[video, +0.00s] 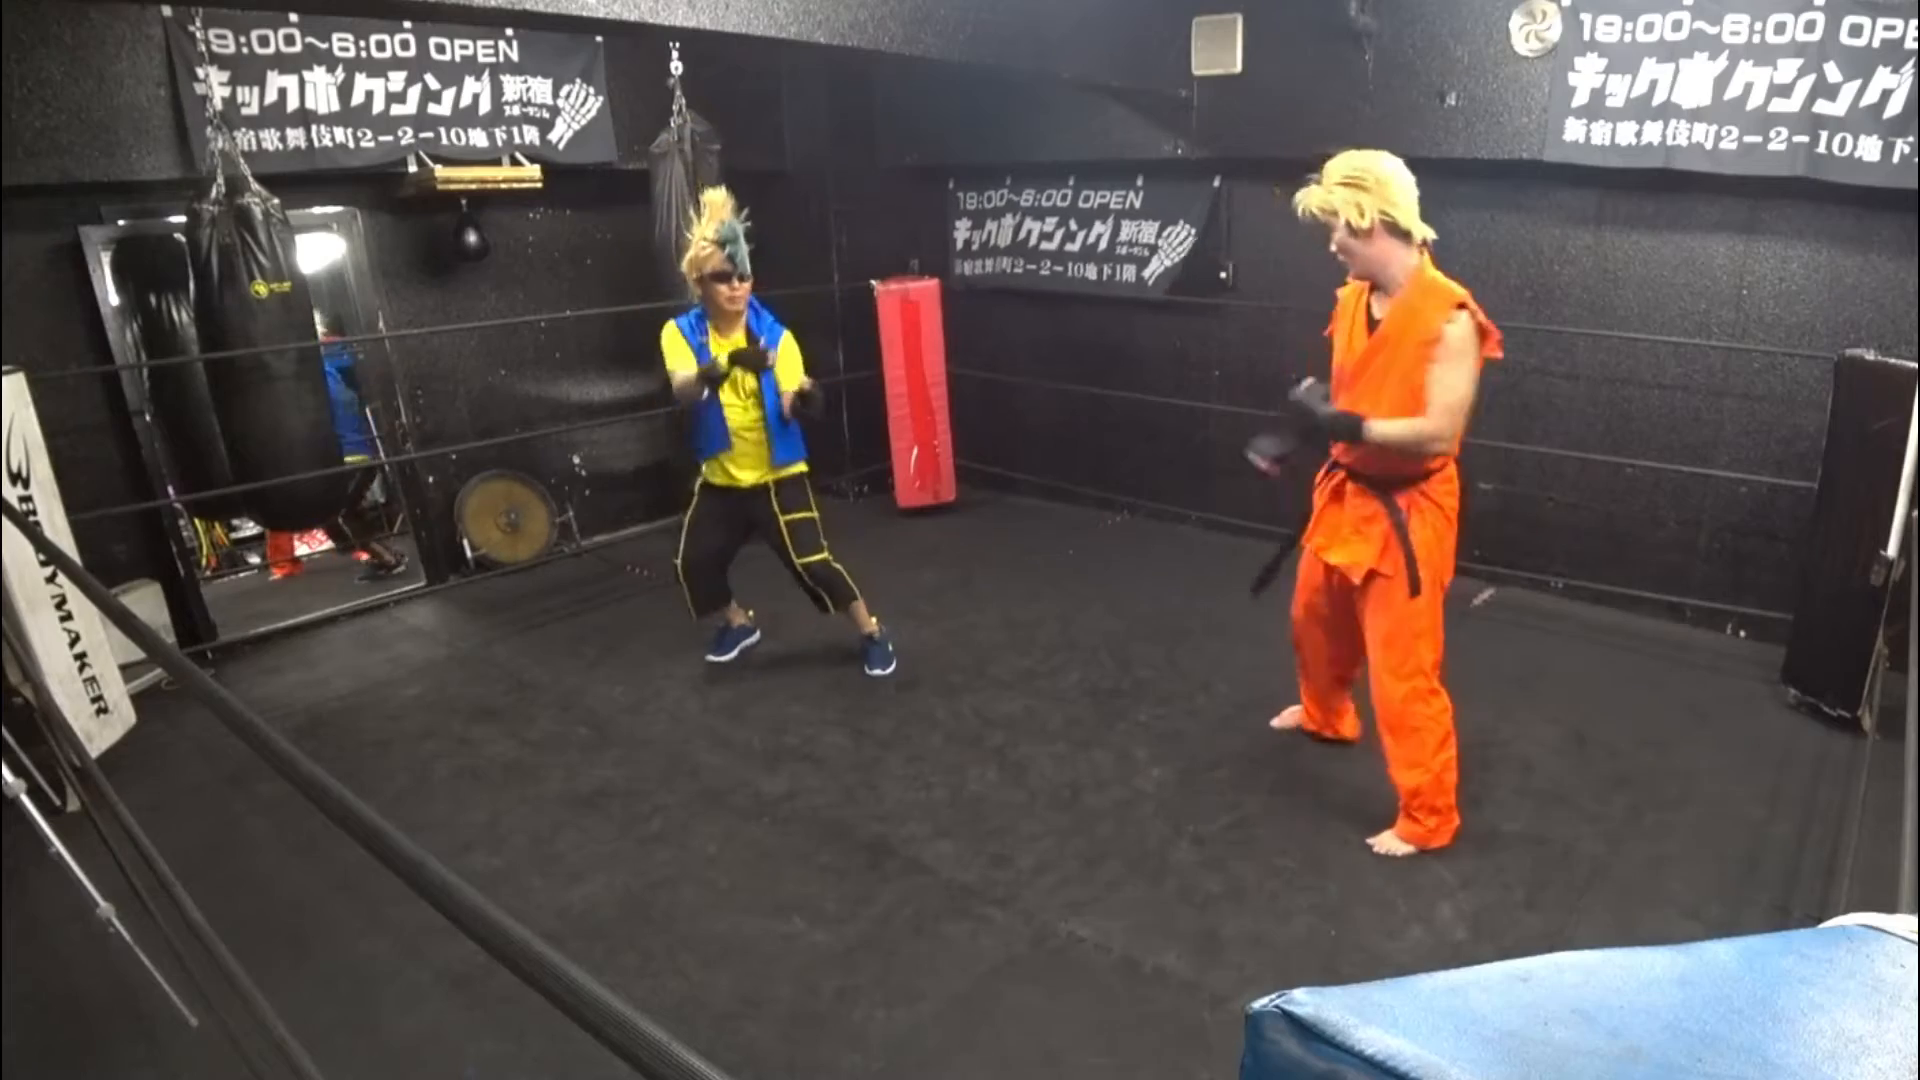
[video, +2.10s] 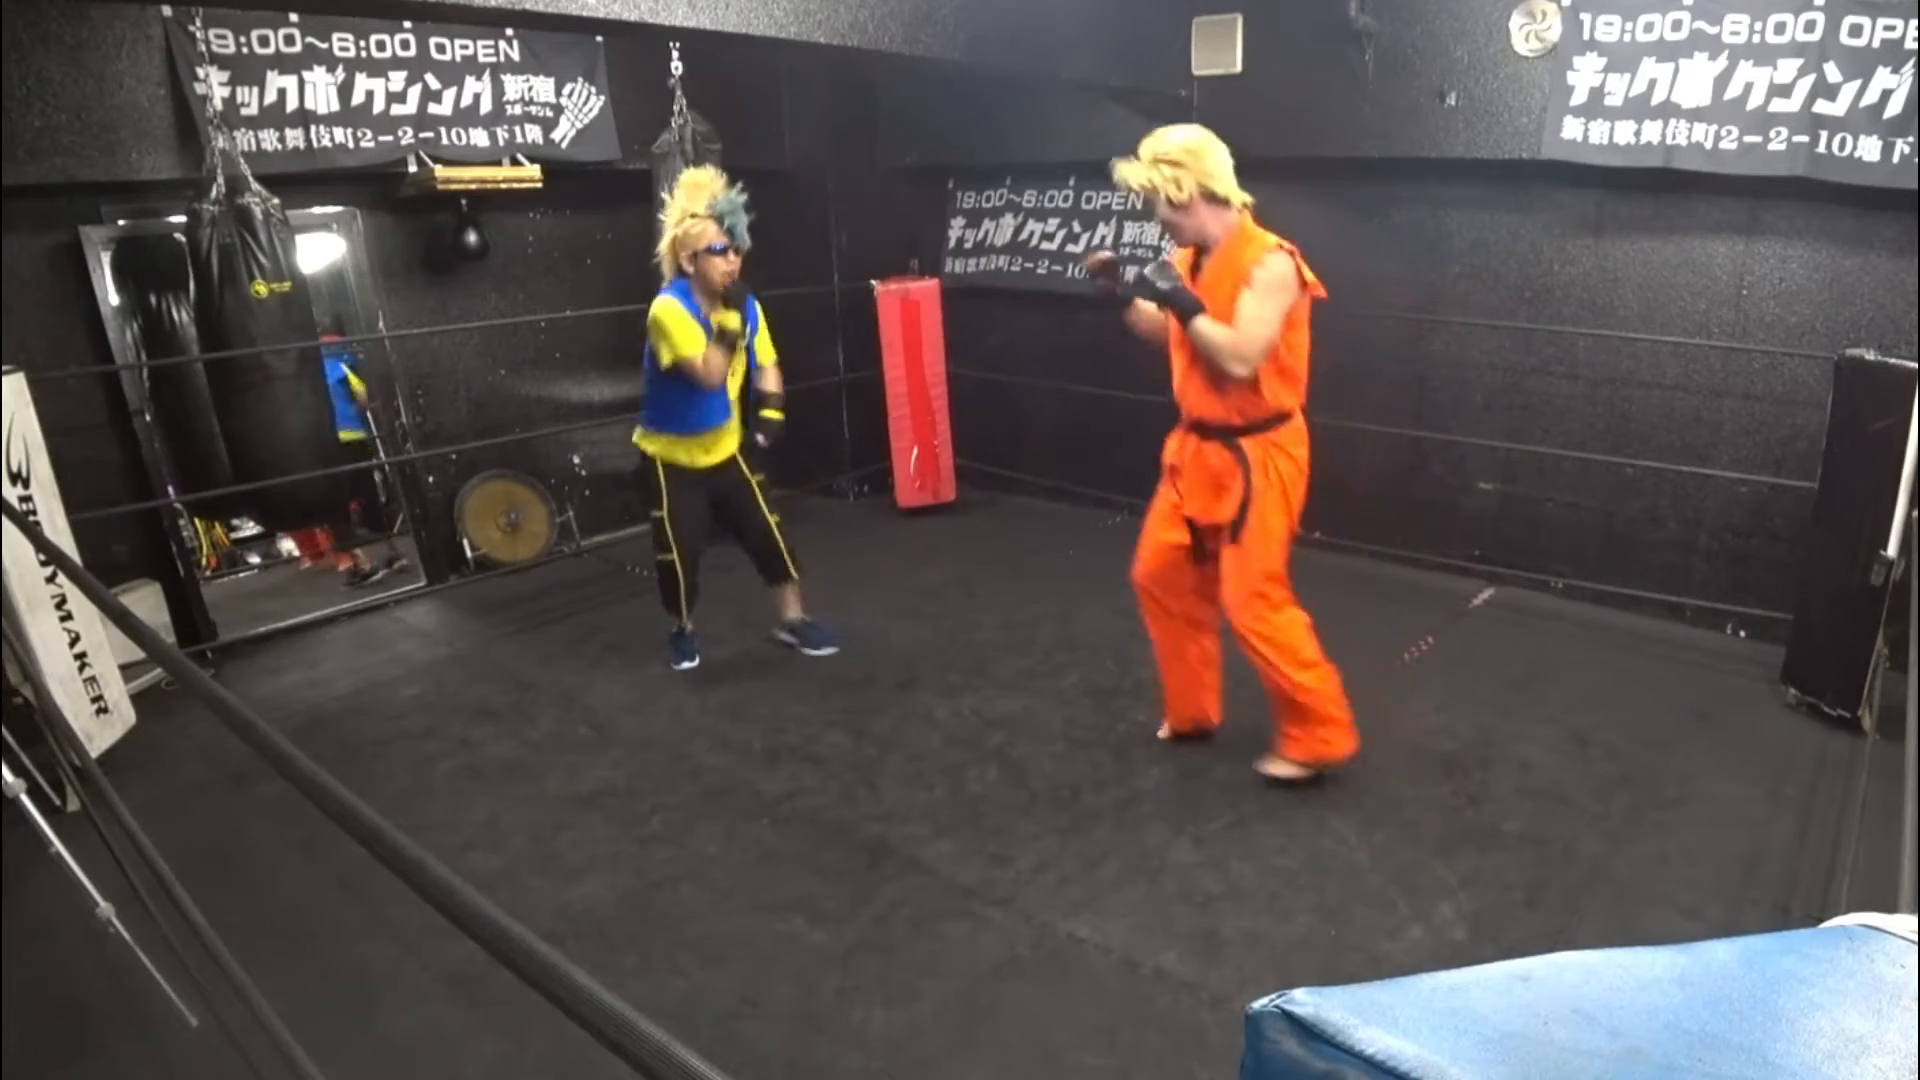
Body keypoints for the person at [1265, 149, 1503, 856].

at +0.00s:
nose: (1332, 249)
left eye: (1338, 233)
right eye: (1330, 235)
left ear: (1376, 225)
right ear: (1374, 227)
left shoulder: (1451, 319)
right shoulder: (1351, 301)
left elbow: (1442, 433)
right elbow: (1342, 395)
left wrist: (1345, 426)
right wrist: (1293, 433)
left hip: (1412, 504)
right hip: (1348, 488)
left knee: (1404, 670)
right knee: (1314, 610)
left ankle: (1429, 819)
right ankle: (1328, 713)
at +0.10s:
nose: (1324, 245)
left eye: (1331, 228)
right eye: (1322, 230)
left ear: (1372, 221)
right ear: (1362, 226)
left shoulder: (1455, 310)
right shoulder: (1343, 294)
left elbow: (1492, 417)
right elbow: (1312, 359)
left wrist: (1414, 436)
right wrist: (1246, 380)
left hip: (1409, 509)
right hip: (1337, 491)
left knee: (1408, 667)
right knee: (1312, 610)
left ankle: (1428, 816)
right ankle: (1300, 710)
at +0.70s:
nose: (1273, 279)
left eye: (1276, 264)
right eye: (1268, 267)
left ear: (1309, 247)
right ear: (1303, 249)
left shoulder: (1384, 316)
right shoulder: (1311, 315)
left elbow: (1426, 406)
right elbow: (1259, 377)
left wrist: (1331, 412)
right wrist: (1224, 364)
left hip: (1379, 512)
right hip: (1319, 503)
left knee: (1371, 673)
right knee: (1277, 622)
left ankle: (1429, 815)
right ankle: (1260, 716)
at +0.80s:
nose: (1286, 291)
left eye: (1290, 275)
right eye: (1280, 278)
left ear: (1325, 258)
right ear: (1321, 260)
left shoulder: (1385, 330)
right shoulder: (1325, 326)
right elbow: (1314, 408)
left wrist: (1269, 372)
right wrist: (1269, 409)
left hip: (1387, 525)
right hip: (1328, 512)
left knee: (1365, 685)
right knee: (1277, 624)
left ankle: (1429, 817)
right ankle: (1261, 715)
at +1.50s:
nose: (1230, 283)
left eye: (1233, 268)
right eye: (1227, 270)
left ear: (1266, 260)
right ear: (1268, 261)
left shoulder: (1355, 331)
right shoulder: (1262, 325)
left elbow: (1329, 412)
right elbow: (1252, 398)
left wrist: (1264, 358)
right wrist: (1191, 383)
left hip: (1325, 519)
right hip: (1256, 508)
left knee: (1346, 654)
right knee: (1197, 627)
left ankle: (1417, 758)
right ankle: (1187, 703)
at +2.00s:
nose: (1177, 245)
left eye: (1182, 230)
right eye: (1174, 232)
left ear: (1216, 222)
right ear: (1213, 225)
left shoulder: (1288, 295)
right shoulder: (1206, 290)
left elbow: (1259, 388)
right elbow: (1197, 377)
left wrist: (1195, 340)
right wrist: (1145, 337)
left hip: (1276, 480)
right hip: (1212, 474)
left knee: (1297, 627)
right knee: (1186, 606)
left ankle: (1378, 763)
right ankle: (1203, 717)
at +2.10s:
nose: (1160, 221)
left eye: (1165, 205)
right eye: (1156, 208)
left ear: (1197, 193)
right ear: (1189, 197)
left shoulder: (1272, 264)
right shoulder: (1190, 261)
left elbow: (1243, 357)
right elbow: (1165, 331)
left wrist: (1182, 302)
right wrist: (1120, 294)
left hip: (1261, 451)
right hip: (1196, 445)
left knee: (1250, 594)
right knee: (1160, 574)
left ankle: (1321, 733)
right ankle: (1193, 711)